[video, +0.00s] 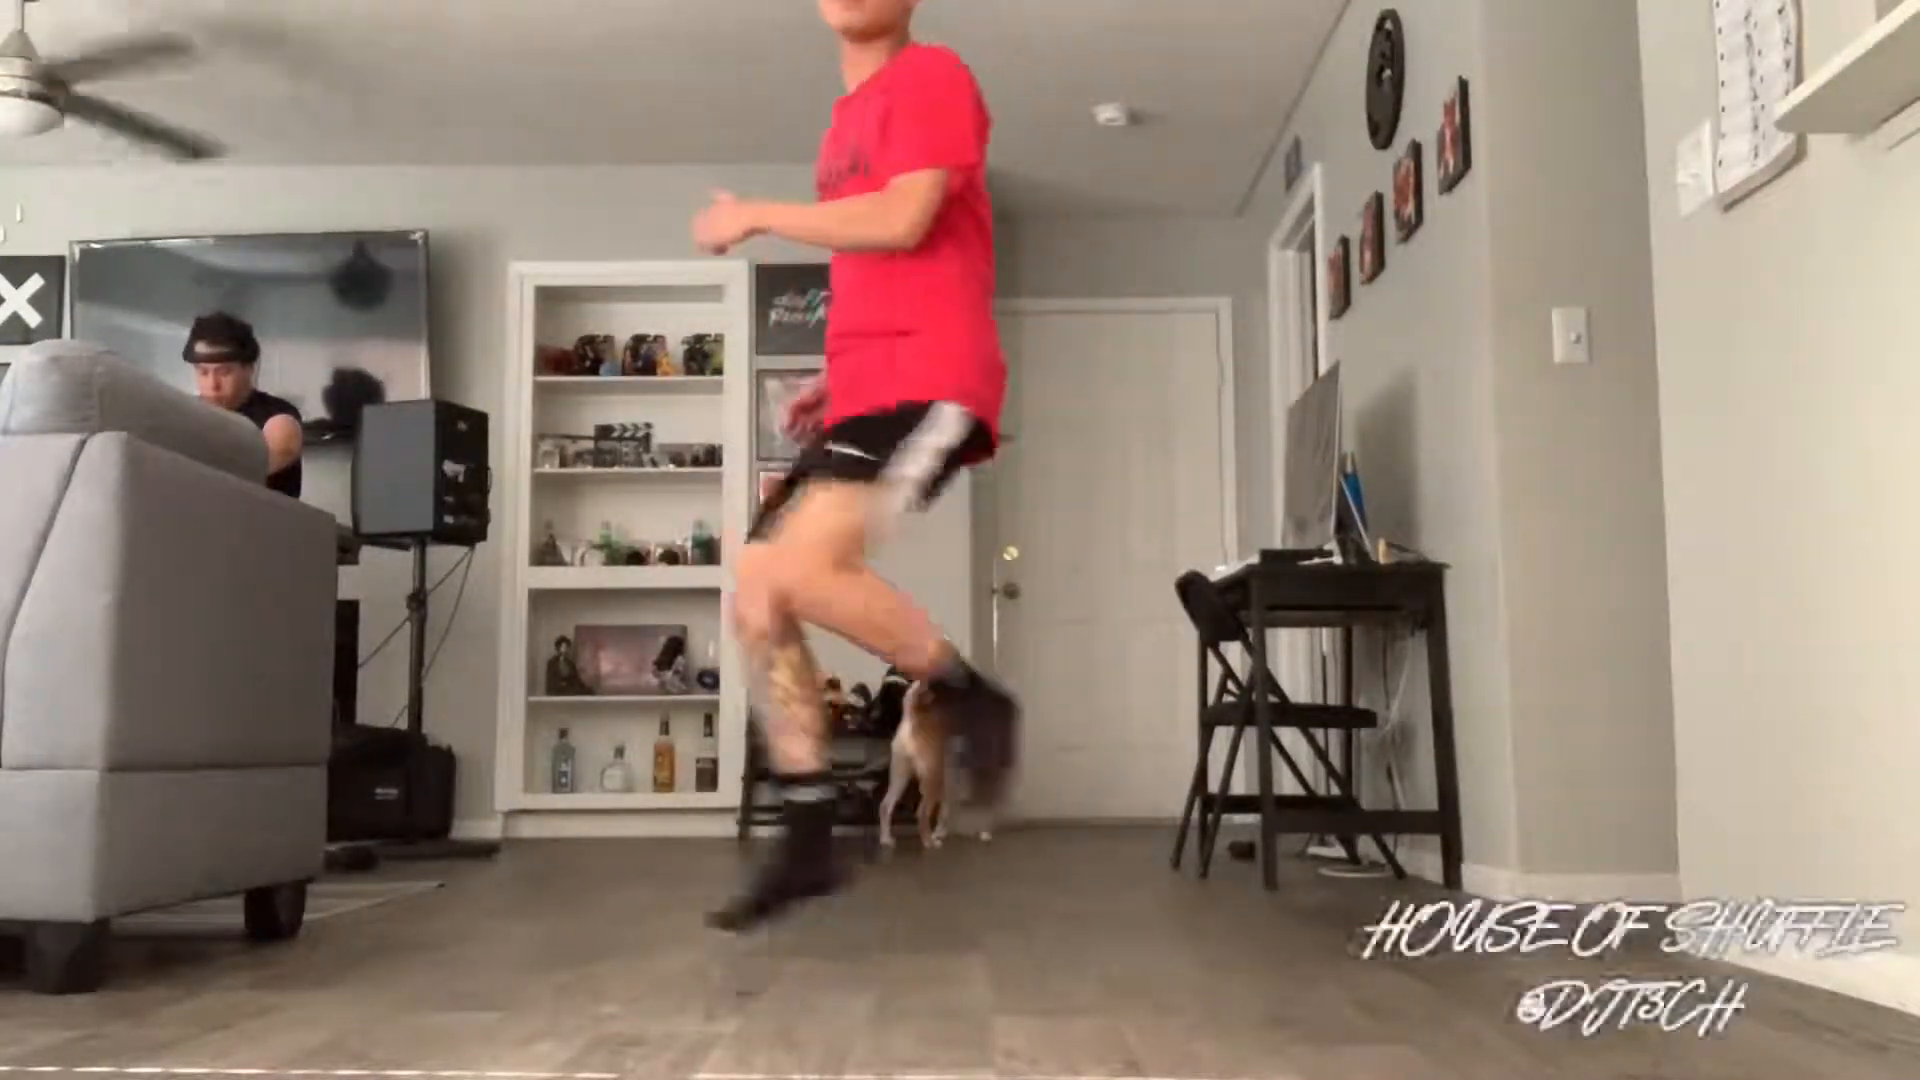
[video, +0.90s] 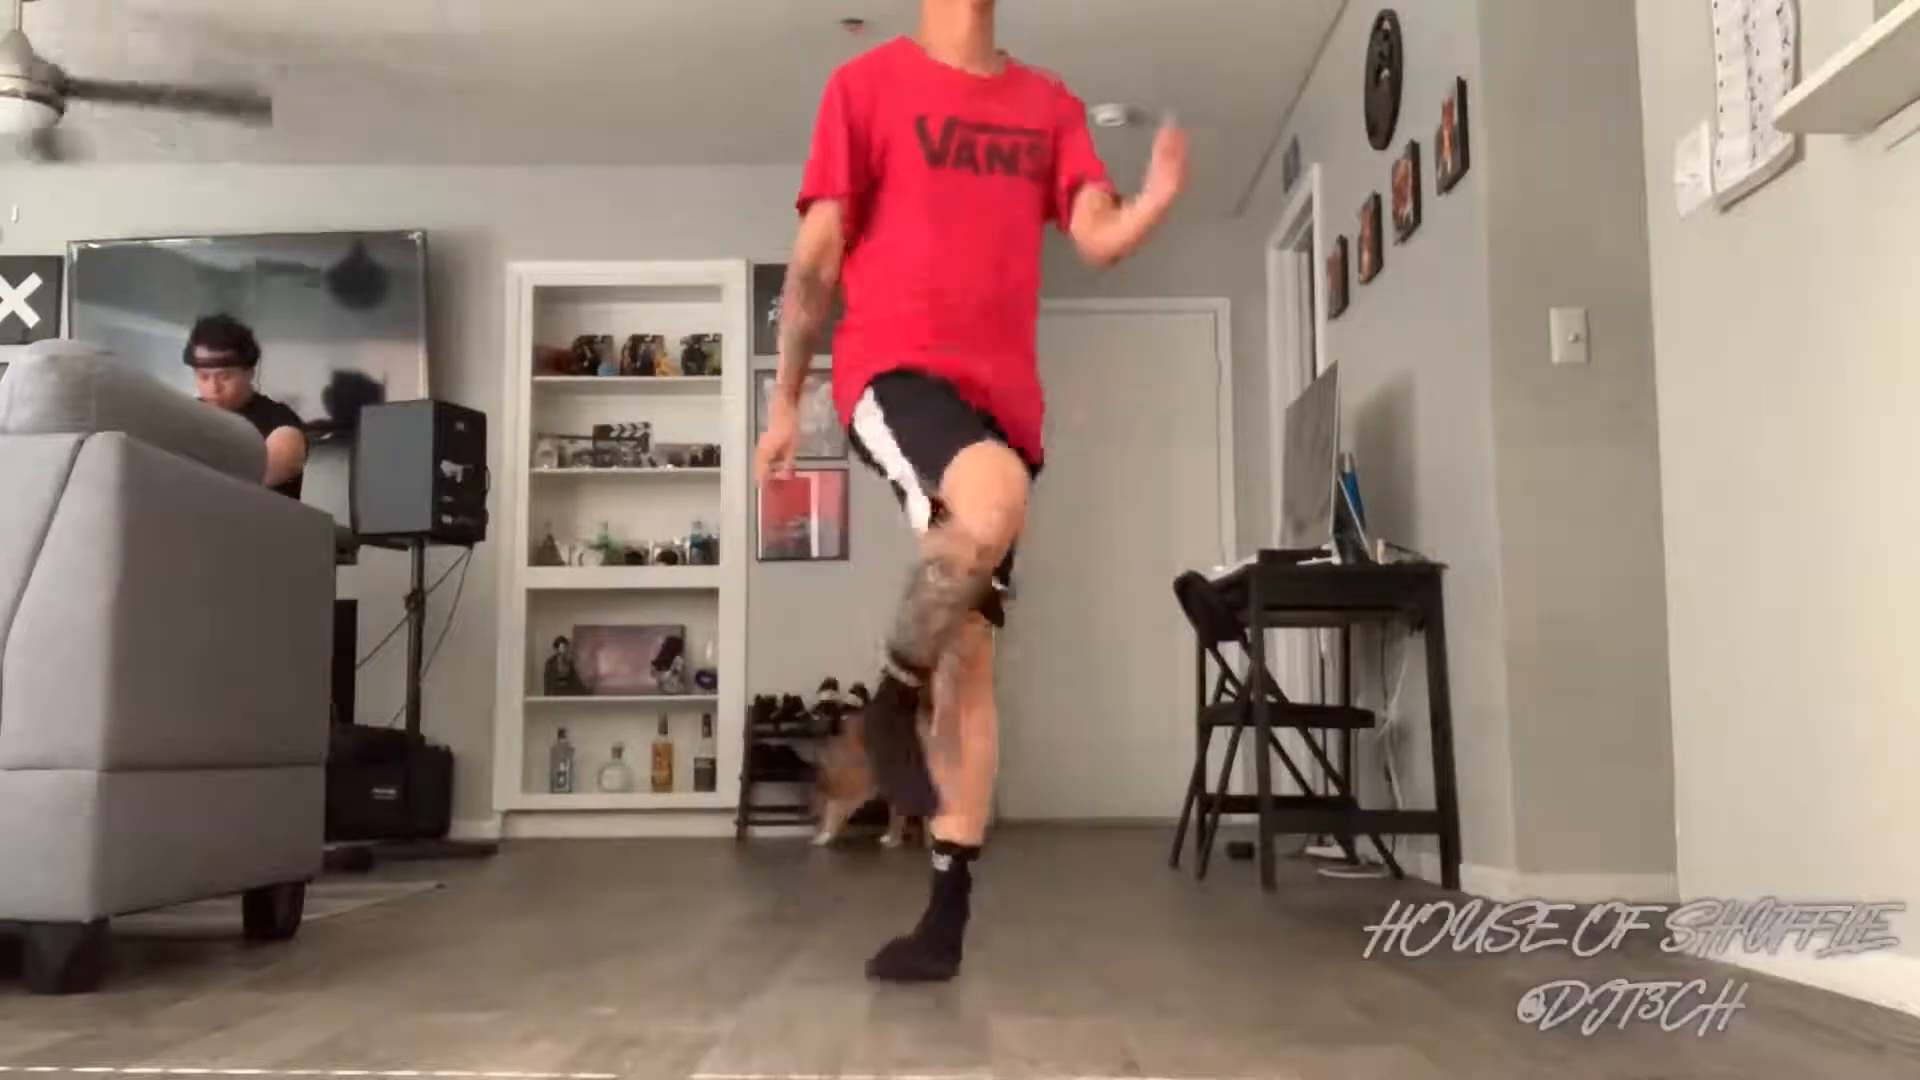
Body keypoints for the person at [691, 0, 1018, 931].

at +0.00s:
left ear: (902, 1)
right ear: (828, 9)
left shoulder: (931, 76)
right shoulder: (849, 119)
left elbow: (903, 217)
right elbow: (888, 278)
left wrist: (758, 215)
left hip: (935, 385)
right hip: (869, 396)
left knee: (806, 569)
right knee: (755, 596)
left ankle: (971, 698)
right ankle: (807, 831)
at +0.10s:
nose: (892, 7)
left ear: (936, 11)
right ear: (838, 11)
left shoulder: (987, 117)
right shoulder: (808, 145)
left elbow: (1002, 229)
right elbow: (824, 292)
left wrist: (865, 196)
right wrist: (813, 428)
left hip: (954, 438)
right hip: (833, 435)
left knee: (957, 678)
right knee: (782, 652)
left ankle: (977, 896)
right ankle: (740, 911)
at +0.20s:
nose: (907, 2)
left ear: (945, 7)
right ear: (856, 9)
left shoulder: (1001, 121)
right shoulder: (806, 123)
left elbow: (1029, 251)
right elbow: (751, 273)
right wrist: (736, 390)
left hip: (965, 433)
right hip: (844, 433)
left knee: (962, 670)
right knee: (824, 649)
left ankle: (961, 888)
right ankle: (797, 890)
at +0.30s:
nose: (927, 1)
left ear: (955, 7)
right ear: (875, 1)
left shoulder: (990, 105)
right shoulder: (801, 86)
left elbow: (1033, 262)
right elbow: (736, 219)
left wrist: (1074, 403)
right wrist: (730, 270)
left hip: (975, 404)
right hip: (858, 409)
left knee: (1004, 612)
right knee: (894, 646)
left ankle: (975, 749)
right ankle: (889, 897)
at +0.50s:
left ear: (960, 5)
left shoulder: (978, 101)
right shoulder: (842, 48)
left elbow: (977, 234)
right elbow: (778, 186)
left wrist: (990, 342)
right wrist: (827, 192)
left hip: (980, 363)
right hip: (868, 366)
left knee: (997, 553)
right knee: (874, 636)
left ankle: (921, 785)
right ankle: (848, 870)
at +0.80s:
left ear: (979, 8)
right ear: (936, 3)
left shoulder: (1033, 112)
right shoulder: (854, 83)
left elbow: (1051, 254)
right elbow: (817, 235)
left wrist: (1079, 302)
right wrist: (805, 351)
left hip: (997, 375)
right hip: (883, 371)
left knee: (959, 632)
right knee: (941, 557)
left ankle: (940, 906)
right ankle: (843, 728)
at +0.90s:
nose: (966, 1)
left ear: (981, 2)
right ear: (936, 1)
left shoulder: (1046, 99)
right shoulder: (863, 85)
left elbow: (1099, 238)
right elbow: (817, 251)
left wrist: (1156, 195)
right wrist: (786, 399)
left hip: (1000, 387)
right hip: (889, 366)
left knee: (965, 651)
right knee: (991, 493)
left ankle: (946, 918)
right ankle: (897, 699)